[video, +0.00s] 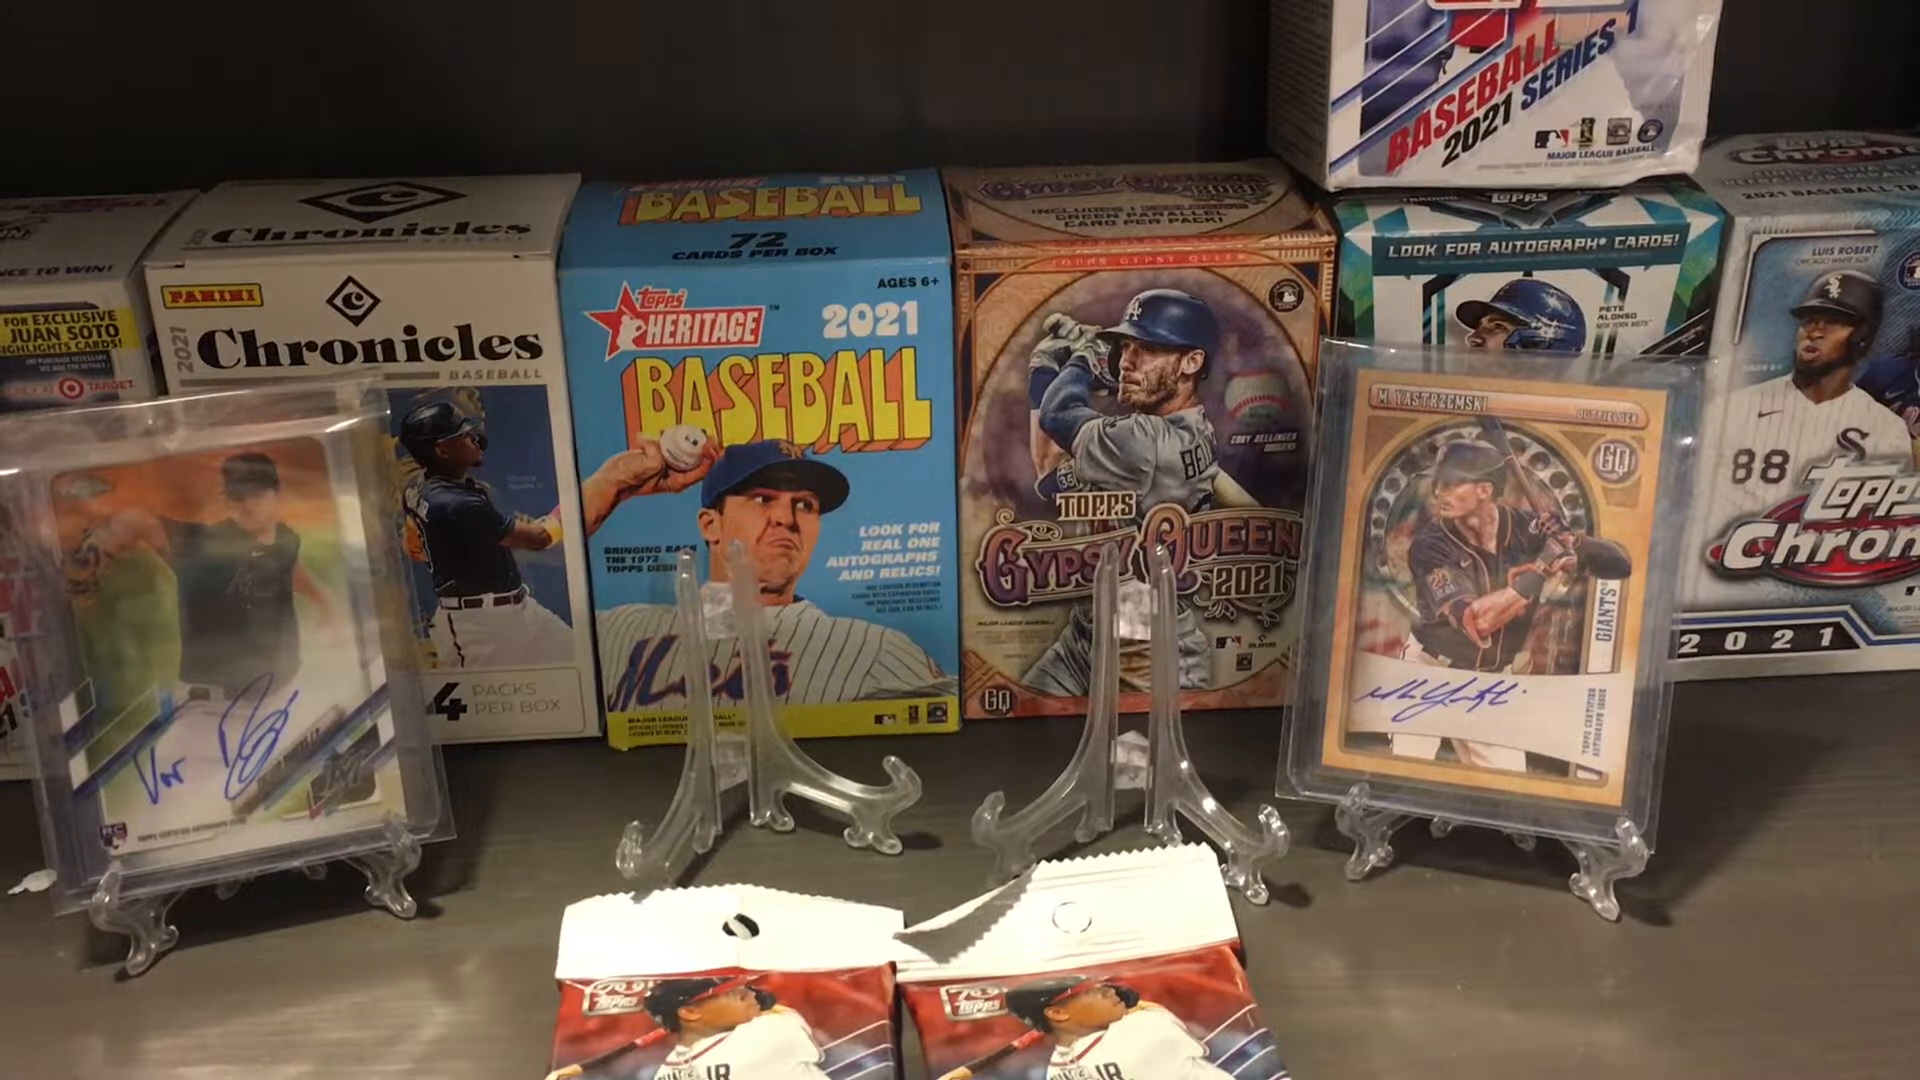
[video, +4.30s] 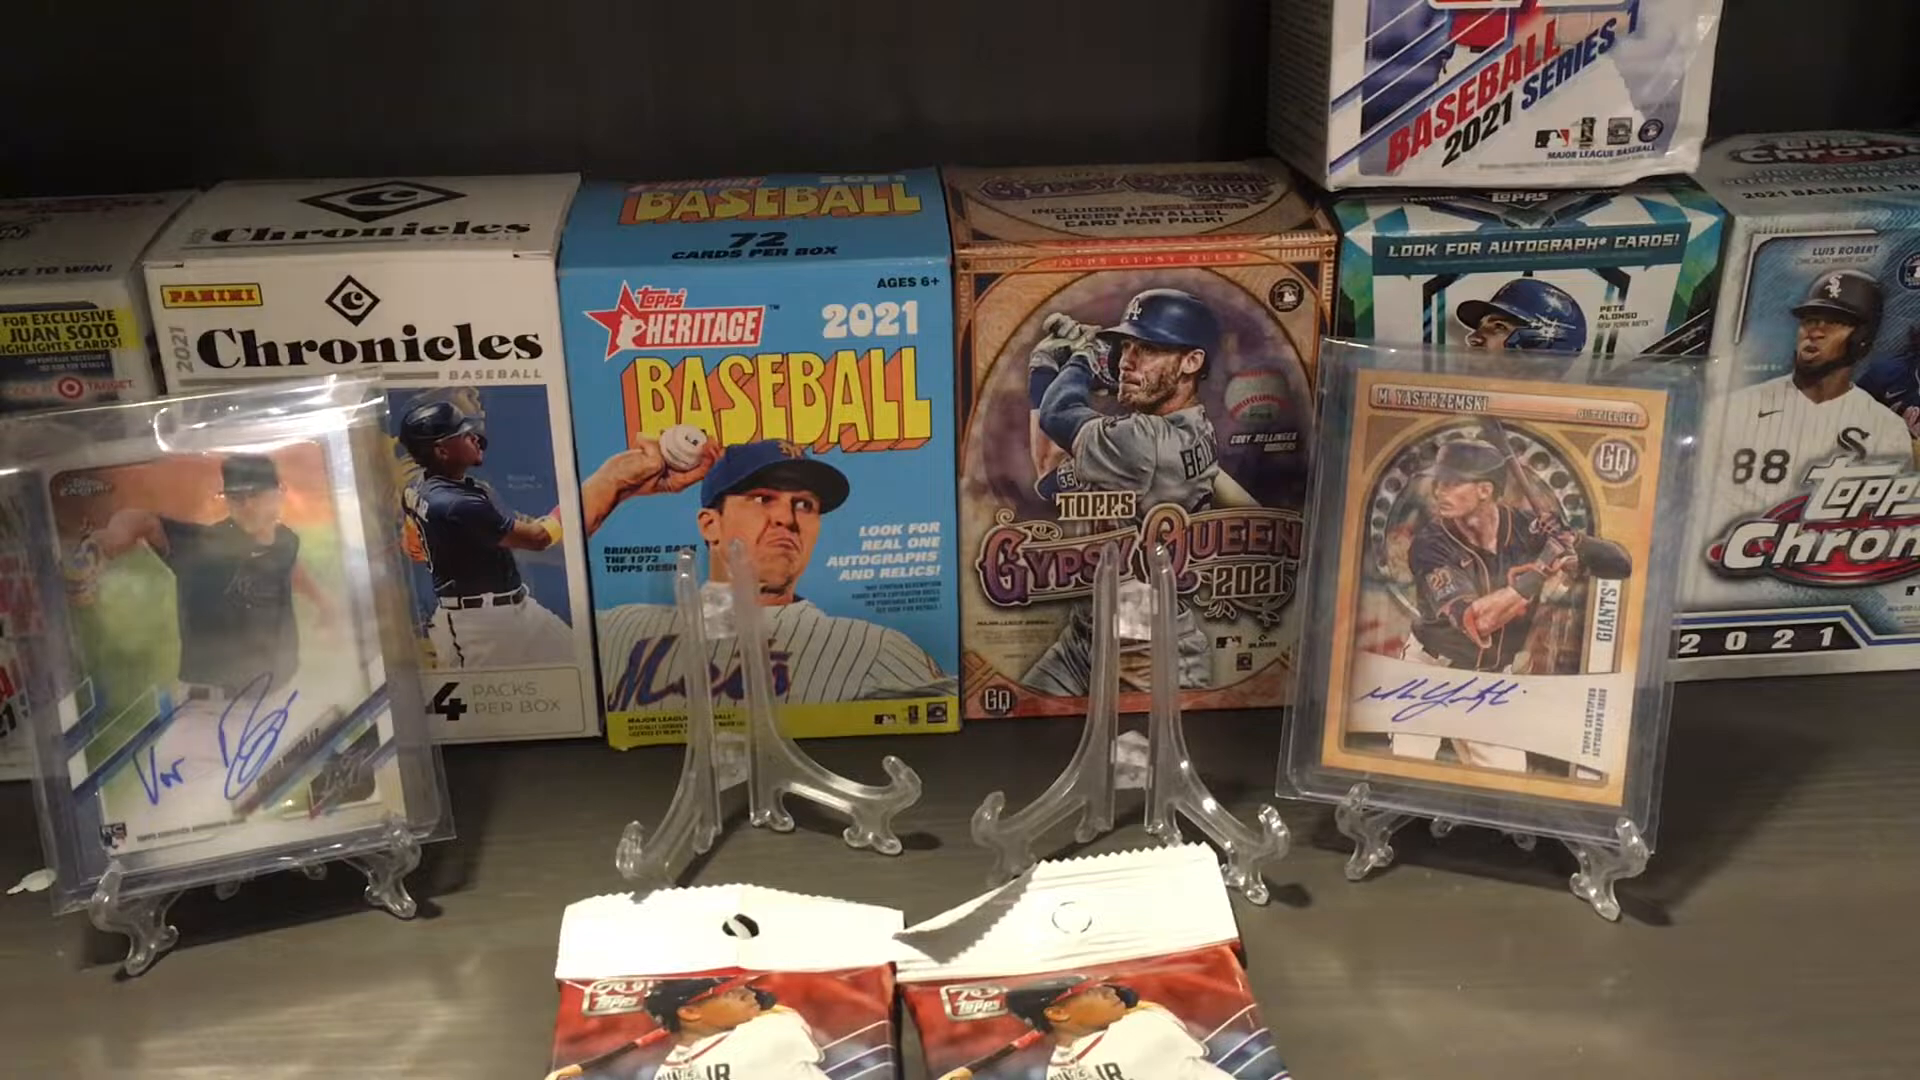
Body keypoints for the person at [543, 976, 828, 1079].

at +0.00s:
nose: (746, 994)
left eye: (739, 987)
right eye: (730, 994)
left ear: (689, 1015)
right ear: (692, 1015)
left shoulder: (665, 1071)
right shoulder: (778, 1034)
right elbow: (779, 1008)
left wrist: (578, 1072)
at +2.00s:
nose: (743, 992)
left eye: (733, 986)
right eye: (725, 993)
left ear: (690, 1014)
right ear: (691, 1014)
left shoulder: (665, 1071)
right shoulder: (778, 1032)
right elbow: (779, 1007)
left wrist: (578, 1071)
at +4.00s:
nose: (743, 993)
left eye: (732, 987)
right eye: (725, 993)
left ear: (690, 1015)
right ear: (691, 1014)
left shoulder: (667, 1071)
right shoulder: (778, 1033)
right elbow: (779, 1008)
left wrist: (578, 1071)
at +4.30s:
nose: (745, 992)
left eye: (736, 985)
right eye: (727, 993)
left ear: (690, 1015)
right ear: (692, 1015)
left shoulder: (666, 1070)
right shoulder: (779, 1033)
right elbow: (778, 1008)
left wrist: (578, 1072)